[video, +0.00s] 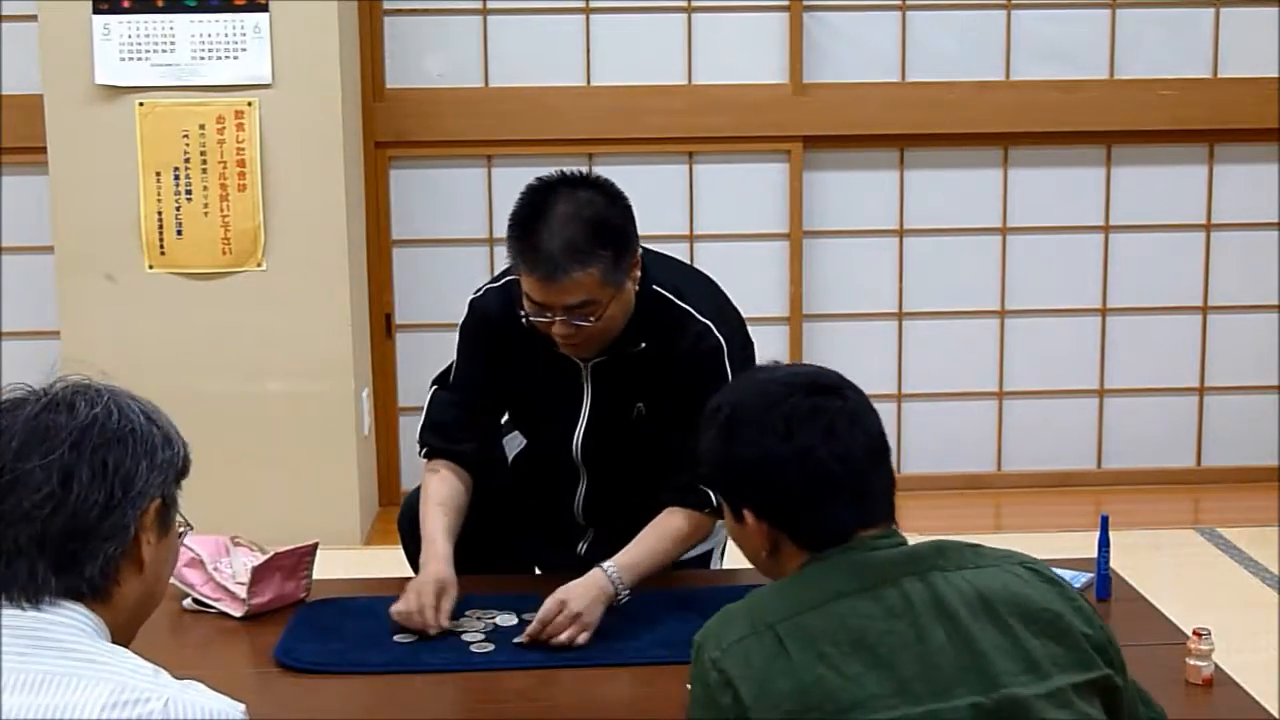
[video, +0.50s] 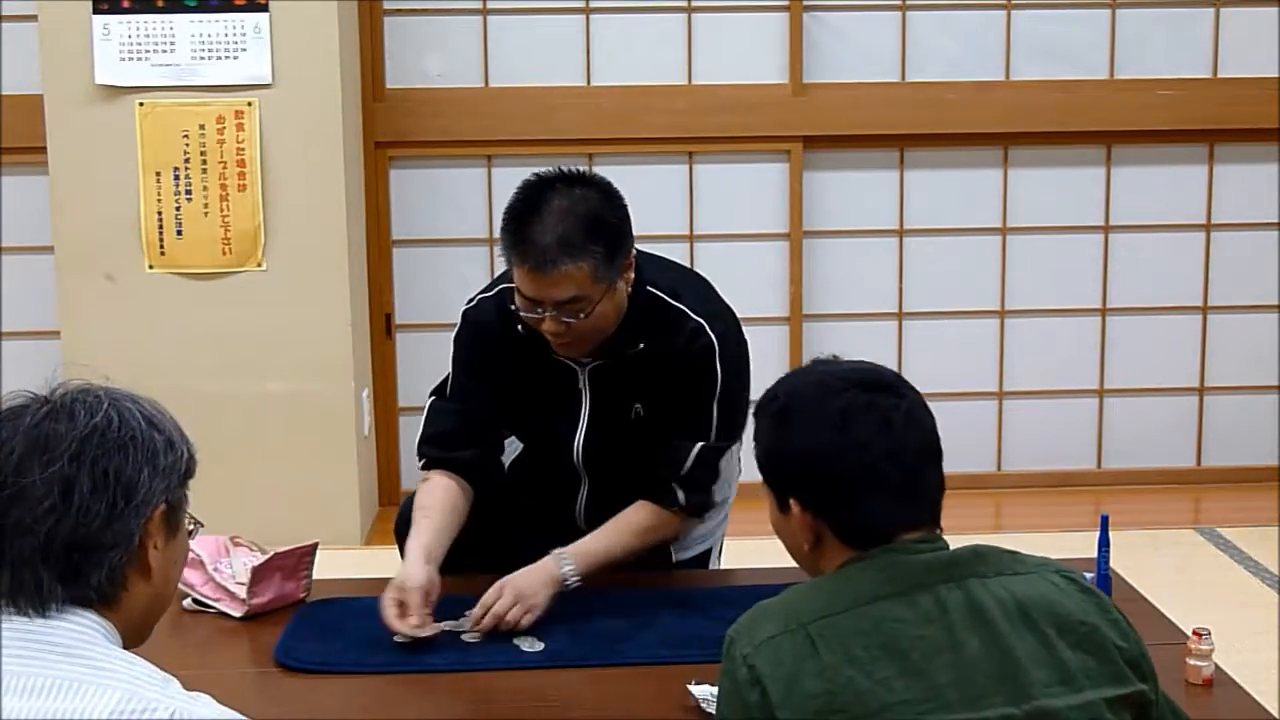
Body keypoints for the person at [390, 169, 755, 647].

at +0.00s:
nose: (559, 330)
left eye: (582, 312)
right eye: (540, 309)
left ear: (633, 271)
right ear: (520, 275)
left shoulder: (702, 331)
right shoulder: (497, 315)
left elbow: (706, 497)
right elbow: (452, 447)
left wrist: (605, 582)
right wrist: (436, 559)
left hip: (654, 520)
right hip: (544, 509)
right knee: (423, 514)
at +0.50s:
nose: (550, 326)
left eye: (572, 308)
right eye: (532, 304)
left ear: (626, 273)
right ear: (514, 272)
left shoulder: (701, 335)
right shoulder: (492, 319)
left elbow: (680, 500)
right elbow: (455, 456)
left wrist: (556, 569)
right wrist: (421, 560)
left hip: (654, 538)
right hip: (534, 526)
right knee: (422, 518)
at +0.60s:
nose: (544, 320)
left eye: (566, 302)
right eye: (525, 297)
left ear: (624, 272)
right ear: (509, 267)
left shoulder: (695, 335)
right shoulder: (489, 323)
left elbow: (662, 496)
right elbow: (447, 460)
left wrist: (537, 573)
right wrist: (392, 566)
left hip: (652, 542)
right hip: (524, 536)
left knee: (638, 694)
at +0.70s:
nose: (539, 318)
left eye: (562, 300)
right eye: (521, 294)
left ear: (619, 268)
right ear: (505, 265)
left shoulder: (691, 334)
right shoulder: (486, 322)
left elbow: (655, 495)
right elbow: (441, 459)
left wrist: (532, 574)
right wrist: (382, 566)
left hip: (654, 537)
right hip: (530, 529)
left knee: (635, 687)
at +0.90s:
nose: (531, 318)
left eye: (552, 301)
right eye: (512, 296)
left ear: (610, 267)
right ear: (495, 267)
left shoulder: (686, 331)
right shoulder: (482, 321)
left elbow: (659, 495)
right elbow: (436, 454)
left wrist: (543, 572)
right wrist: (383, 555)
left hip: (655, 532)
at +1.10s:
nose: (523, 321)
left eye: (542, 304)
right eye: (506, 300)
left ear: (602, 267)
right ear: (491, 272)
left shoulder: (682, 329)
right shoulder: (479, 320)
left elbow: (672, 494)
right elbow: (431, 451)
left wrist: (551, 578)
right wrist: (405, 558)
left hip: (652, 540)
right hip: (530, 533)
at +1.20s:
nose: (522, 322)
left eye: (541, 304)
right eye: (505, 301)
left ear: (600, 267)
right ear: (490, 273)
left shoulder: (681, 328)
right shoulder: (479, 322)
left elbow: (674, 492)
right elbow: (433, 452)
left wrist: (552, 579)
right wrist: (406, 563)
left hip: (651, 530)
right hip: (532, 519)